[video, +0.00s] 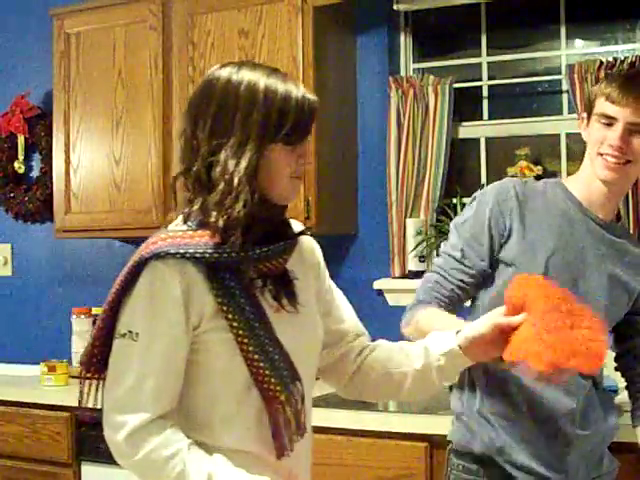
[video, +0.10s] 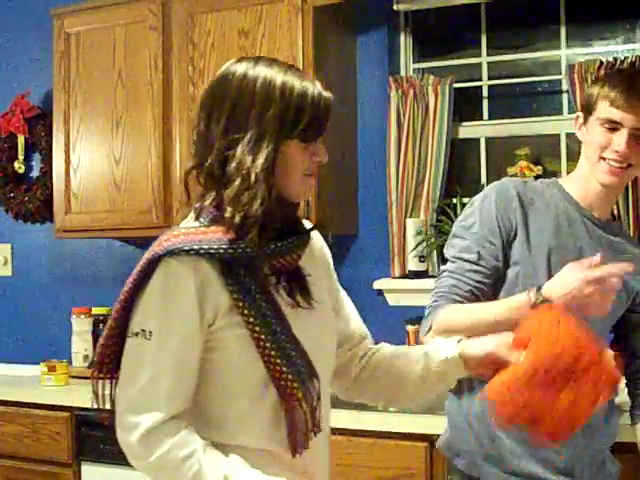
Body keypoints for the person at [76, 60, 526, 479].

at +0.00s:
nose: (308, 159)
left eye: (307, 142)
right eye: (292, 141)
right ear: (236, 147)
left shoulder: (300, 251)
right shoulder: (171, 267)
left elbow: (359, 365)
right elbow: (135, 430)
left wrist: (466, 348)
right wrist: (234, 478)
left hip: (293, 468)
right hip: (215, 471)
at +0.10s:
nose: (322, 156)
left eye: (320, 138)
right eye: (307, 138)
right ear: (253, 144)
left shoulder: (309, 247)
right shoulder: (186, 264)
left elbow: (355, 367)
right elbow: (147, 430)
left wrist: (466, 359)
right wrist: (243, 475)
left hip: (311, 464)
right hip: (236, 469)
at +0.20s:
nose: (335, 152)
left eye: (333, 134)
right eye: (317, 135)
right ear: (262, 140)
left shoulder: (317, 245)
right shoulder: (197, 262)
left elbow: (348, 379)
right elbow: (160, 427)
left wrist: (439, 395)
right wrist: (253, 477)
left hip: (328, 467)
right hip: (249, 469)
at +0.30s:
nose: (346, 152)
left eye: (345, 135)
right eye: (330, 134)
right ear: (273, 136)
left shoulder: (323, 247)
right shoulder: (205, 263)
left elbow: (332, 391)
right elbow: (168, 430)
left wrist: (413, 429)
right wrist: (264, 473)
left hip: (338, 466)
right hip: (258, 468)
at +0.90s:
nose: (385, 149)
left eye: (382, 132)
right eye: (372, 132)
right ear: (318, 137)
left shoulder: (327, 254)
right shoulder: (248, 266)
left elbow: (348, 394)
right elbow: (192, 439)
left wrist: (411, 443)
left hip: (357, 468)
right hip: (289, 468)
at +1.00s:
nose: (386, 149)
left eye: (384, 133)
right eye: (377, 133)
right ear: (331, 140)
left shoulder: (320, 259)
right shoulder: (253, 269)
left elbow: (332, 401)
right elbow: (196, 441)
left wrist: (408, 440)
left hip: (356, 469)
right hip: (292, 470)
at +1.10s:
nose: (380, 152)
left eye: (378, 135)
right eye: (372, 136)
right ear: (334, 146)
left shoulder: (308, 256)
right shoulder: (271, 268)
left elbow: (327, 388)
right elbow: (210, 442)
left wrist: (401, 434)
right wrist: (341, 474)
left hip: (357, 465)